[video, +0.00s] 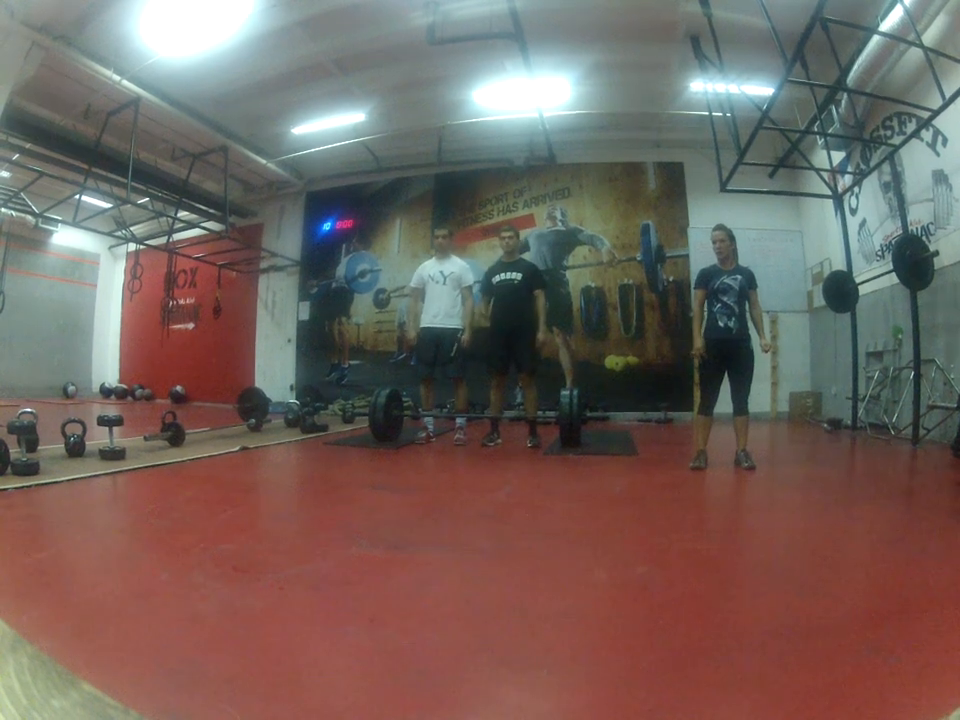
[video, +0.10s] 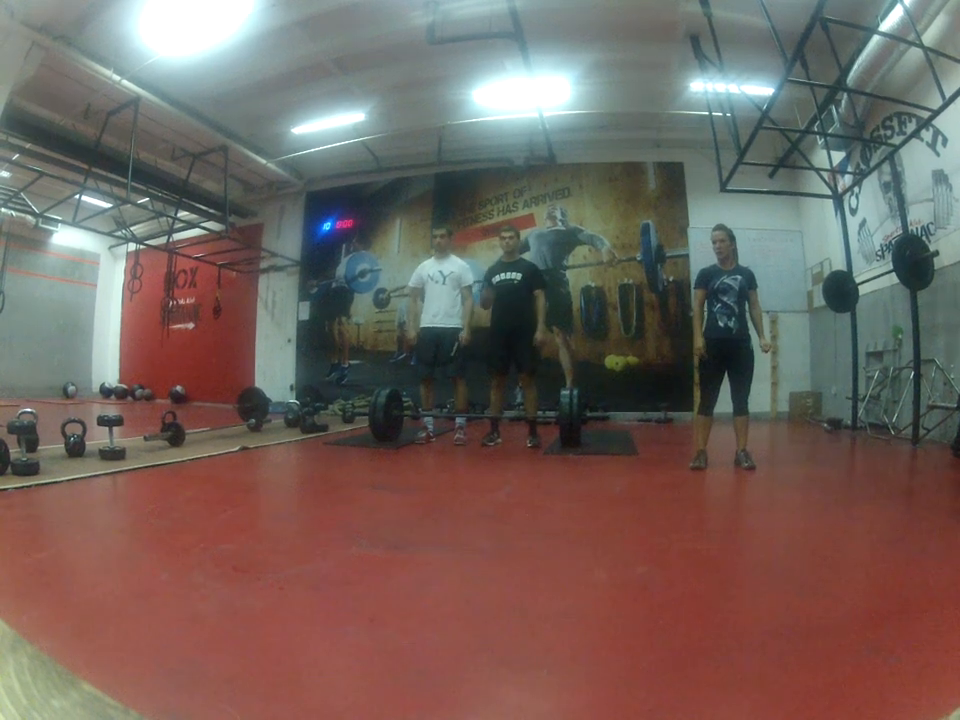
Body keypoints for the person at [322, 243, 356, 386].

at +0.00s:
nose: (353, 245)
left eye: (356, 243)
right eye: (353, 242)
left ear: (362, 245)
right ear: (353, 243)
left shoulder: (361, 258)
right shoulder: (347, 258)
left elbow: (362, 275)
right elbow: (338, 276)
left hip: (345, 291)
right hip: (334, 291)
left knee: (342, 328)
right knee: (332, 328)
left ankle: (345, 365)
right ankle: (335, 363)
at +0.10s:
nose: (353, 245)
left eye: (356, 243)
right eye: (353, 242)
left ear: (361, 245)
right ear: (353, 243)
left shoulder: (360, 259)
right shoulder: (346, 259)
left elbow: (362, 275)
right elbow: (337, 277)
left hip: (345, 291)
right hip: (334, 291)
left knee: (342, 328)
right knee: (332, 328)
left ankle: (345, 365)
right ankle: (335, 363)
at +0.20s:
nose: (353, 245)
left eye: (356, 242)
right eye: (353, 242)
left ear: (361, 245)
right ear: (353, 243)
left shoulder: (361, 259)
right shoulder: (346, 259)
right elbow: (336, 276)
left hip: (345, 290)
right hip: (334, 290)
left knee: (342, 327)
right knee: (332, 328)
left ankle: (345, 365)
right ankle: (335, 363)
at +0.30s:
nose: (353, 245)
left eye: (356, 242)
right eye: (353, 242)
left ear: (361, 245)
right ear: (352, 243)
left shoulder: (360, 258)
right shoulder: (346, 259)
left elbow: (362, 275)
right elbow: (336, 276)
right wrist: (319, 282)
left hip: (345, 290)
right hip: (334, 290)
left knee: (342, 327)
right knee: (332, 328)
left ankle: (345, 364)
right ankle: (335, 363)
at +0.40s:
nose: (352, 245)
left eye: (355, 242)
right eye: (352, 242)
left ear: (359, 243)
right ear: (351, 243)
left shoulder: (359, 258)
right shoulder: (345, 258)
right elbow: (337, 275)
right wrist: (319, 282)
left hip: (345, 290)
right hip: (334, 290)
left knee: (342, 327)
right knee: (332, 327)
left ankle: (345, 364)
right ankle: (335, 362)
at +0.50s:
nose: (352, 243)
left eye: (354, 241)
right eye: (352, 241)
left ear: (357, 242)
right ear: (351, 241)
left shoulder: (359, 257)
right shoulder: (345, 257)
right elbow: (336, 274)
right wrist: (319, 280)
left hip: (345, 289)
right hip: (334, 289)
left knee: (342, 325)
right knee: (332, 326)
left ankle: (345, 363)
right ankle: (334, 362)